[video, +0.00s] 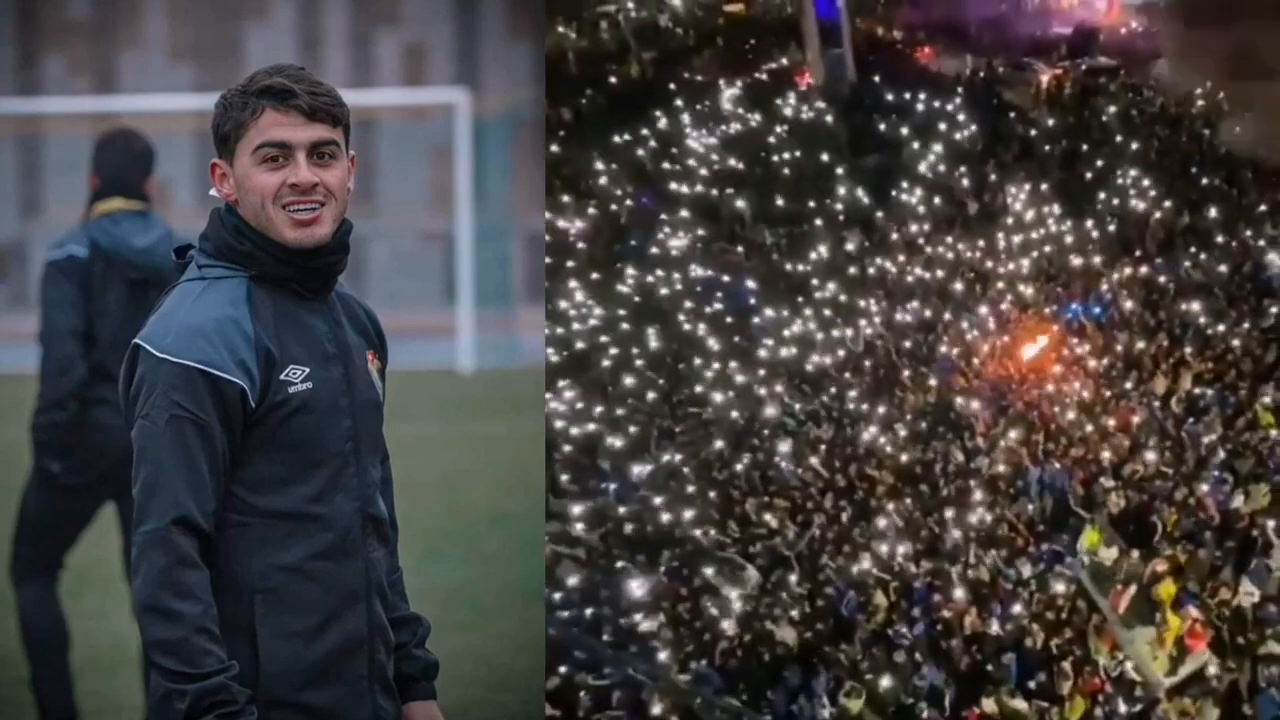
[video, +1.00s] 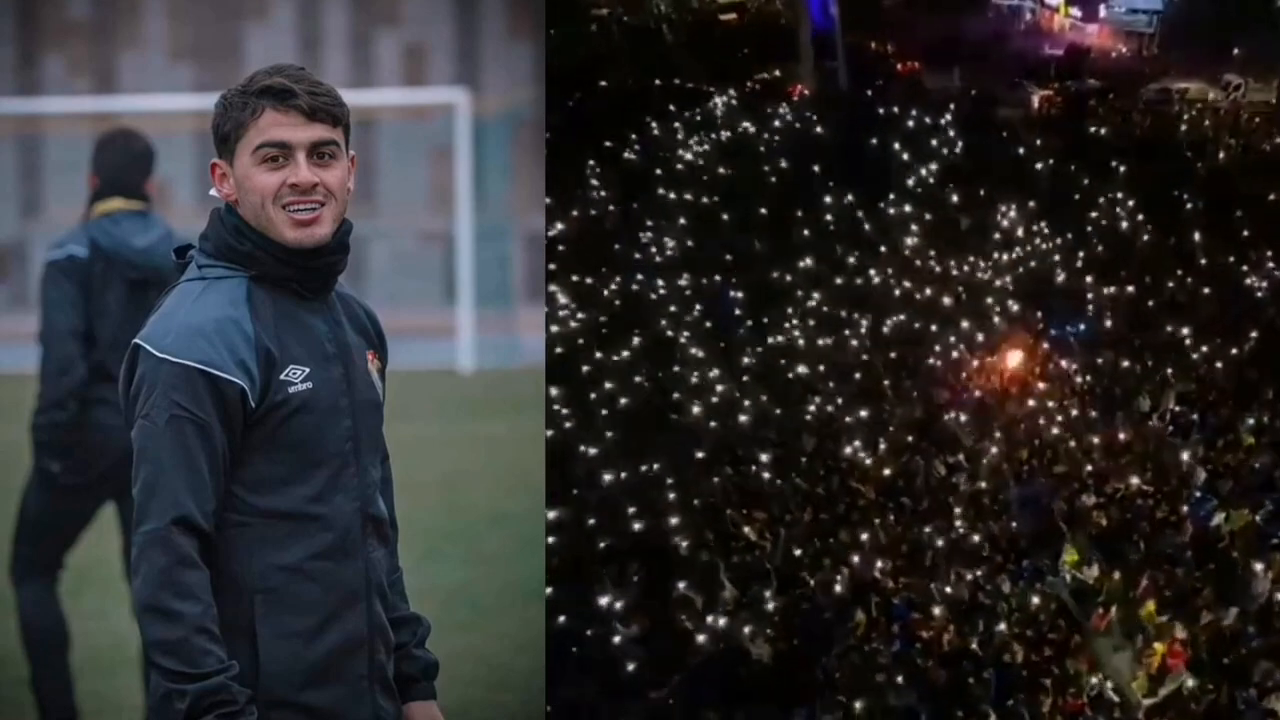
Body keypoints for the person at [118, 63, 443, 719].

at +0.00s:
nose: (304, 178)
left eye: (322, 155)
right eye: (274, 158)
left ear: (350, 171)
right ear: (226, 182)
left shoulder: (356, 323)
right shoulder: (195, 334)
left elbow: (372, 525)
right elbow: (164, 550)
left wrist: (414, 684)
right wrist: (213, 705)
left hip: (365, 690)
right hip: (259, 691)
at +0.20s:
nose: (304, 178)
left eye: (322, 155)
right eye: (274, 158)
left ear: (350, 171)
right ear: (226, 182)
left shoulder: (356, 323)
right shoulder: (195, 334)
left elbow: (372, 525)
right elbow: (164, 550)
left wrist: (414, 684)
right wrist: (213, 705)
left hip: (365, 690)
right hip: (259, 691)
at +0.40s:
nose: (304, 179)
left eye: (322, 155)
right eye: (274, 158)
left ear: (350, 171)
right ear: (226, 182)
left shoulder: (356, 323)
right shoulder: (195, 334)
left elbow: (372, 525)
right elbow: (164, 550)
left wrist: (414, 684)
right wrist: (213, 705)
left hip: (365, 690)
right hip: (259, 691)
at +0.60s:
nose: (304, 179)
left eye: (322, 155)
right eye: (274, 158)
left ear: (350, 171)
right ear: (226, 182)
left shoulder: (356, 323)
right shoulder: (195, 334)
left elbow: (372, 525)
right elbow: (164, 550)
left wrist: (414, 684)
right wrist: (213, 705)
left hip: (365, 690)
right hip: (259, 691)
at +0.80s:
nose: (304, 179)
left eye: (322, 155)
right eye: (274, 158)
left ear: (350, 171)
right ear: (226, 182)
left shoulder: (356, 323)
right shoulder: (195, 334)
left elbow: (372, 525)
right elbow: (164, 550)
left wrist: (414, 684)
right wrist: (213, 705)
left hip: (365, 690)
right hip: (259, 691)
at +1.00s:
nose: (305, 178)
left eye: (322, 155)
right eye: (274, 158)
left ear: (349, 171)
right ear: (226, 182)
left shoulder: (356, 323)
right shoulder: (195, 334)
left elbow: (372, 525)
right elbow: (164, 550)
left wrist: (414, 684)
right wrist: (213, 705)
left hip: (366, 690)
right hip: (260, 691)